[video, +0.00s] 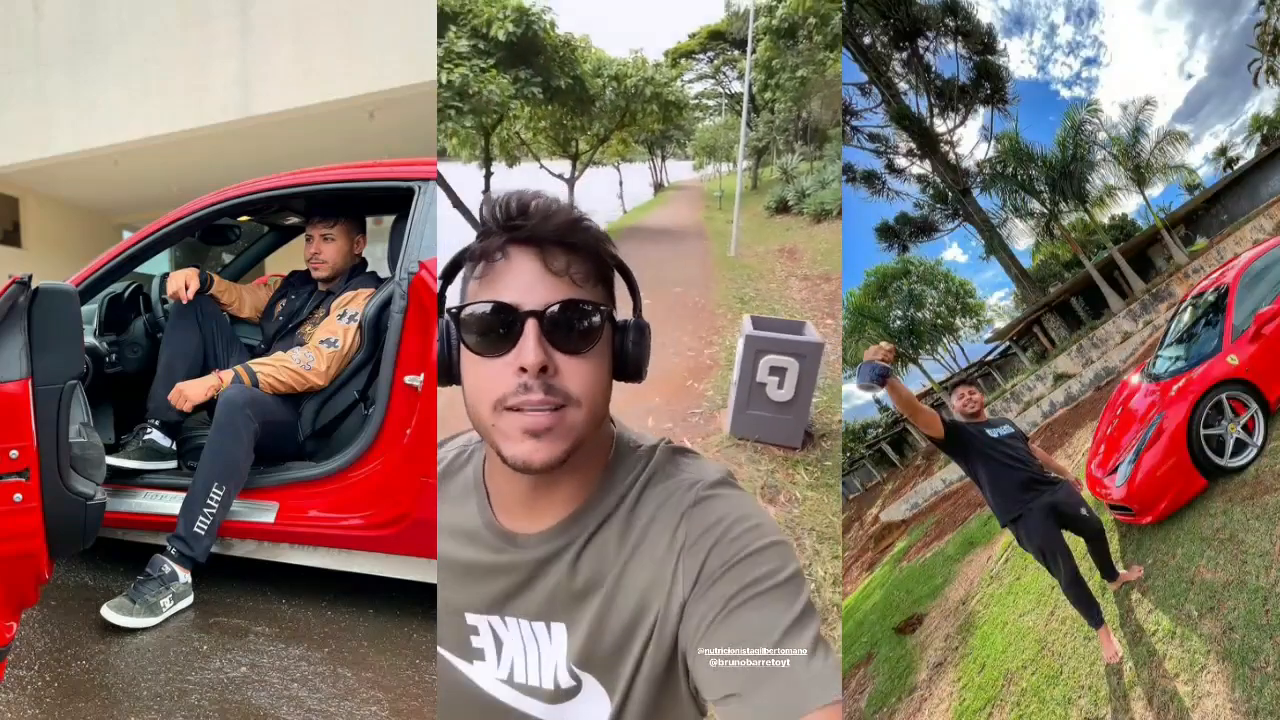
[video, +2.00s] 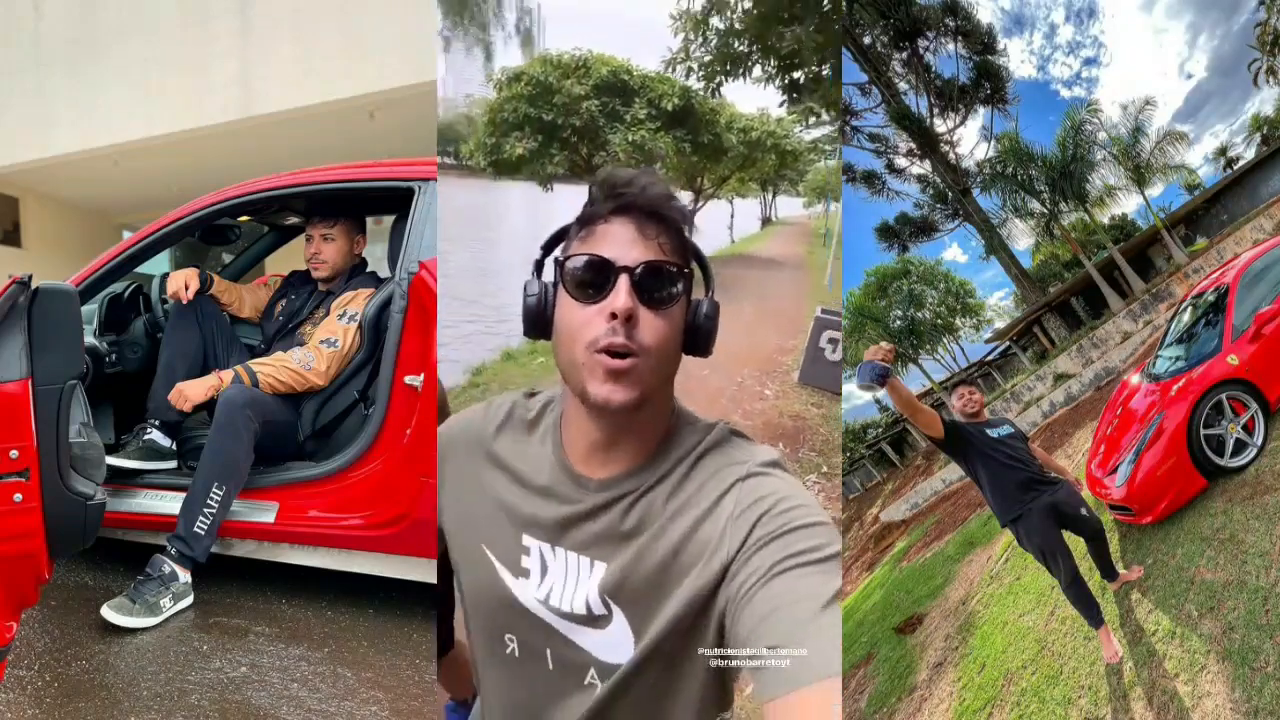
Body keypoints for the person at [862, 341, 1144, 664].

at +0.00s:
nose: (966, 397)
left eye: (971, 392)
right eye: (959, 397)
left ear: (983, 398)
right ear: (953, 410)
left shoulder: (1003, 424)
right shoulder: (956, 436)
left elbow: (1037, 454)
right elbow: (917, 412)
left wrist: (1067, 475)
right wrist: (885, 374)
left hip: (1051, 489)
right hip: (1022, 511)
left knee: (1093, 528)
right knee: (1065, 570)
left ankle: (1114, 575)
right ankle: (1101, 628)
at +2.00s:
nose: (967, 397)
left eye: (971, 392)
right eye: (959, 397)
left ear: (983, 398)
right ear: (953, 410)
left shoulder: (1003, 424)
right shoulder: (957, 436)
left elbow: (1037, 454)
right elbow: (916, 412)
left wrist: (1067, 475)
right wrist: (885, 374)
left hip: (1052, 489)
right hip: (1022, 512)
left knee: (1094, 528)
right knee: (1065, 571)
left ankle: (1114, 576)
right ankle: (1101, 628)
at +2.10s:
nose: (967, 397)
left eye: (971, 392)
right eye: (959, 397)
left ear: (983, 398)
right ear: (953, 410)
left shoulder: (1003, 424)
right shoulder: (957, 436)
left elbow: (1037, 454)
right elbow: (916, 412)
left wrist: (1067, 475)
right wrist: (885, 374)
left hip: (1052, 489)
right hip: (1022, 512)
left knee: (1094, 528)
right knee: (1065, 571)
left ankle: (1114, 576)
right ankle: (1101, 628)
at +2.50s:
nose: (967, 397)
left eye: (971, 392)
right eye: (959, 397)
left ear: (983, 398)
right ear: (953, 410)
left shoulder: (1003, 424)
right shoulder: (957, 436)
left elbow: (1037, 454)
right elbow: (916, 412)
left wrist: (1067, 475)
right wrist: (885, 374)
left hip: (1052, 489)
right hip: (1022, 512)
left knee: (1094, 528)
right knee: (1065, 571)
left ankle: (1114, 576)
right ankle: (1101, 628)